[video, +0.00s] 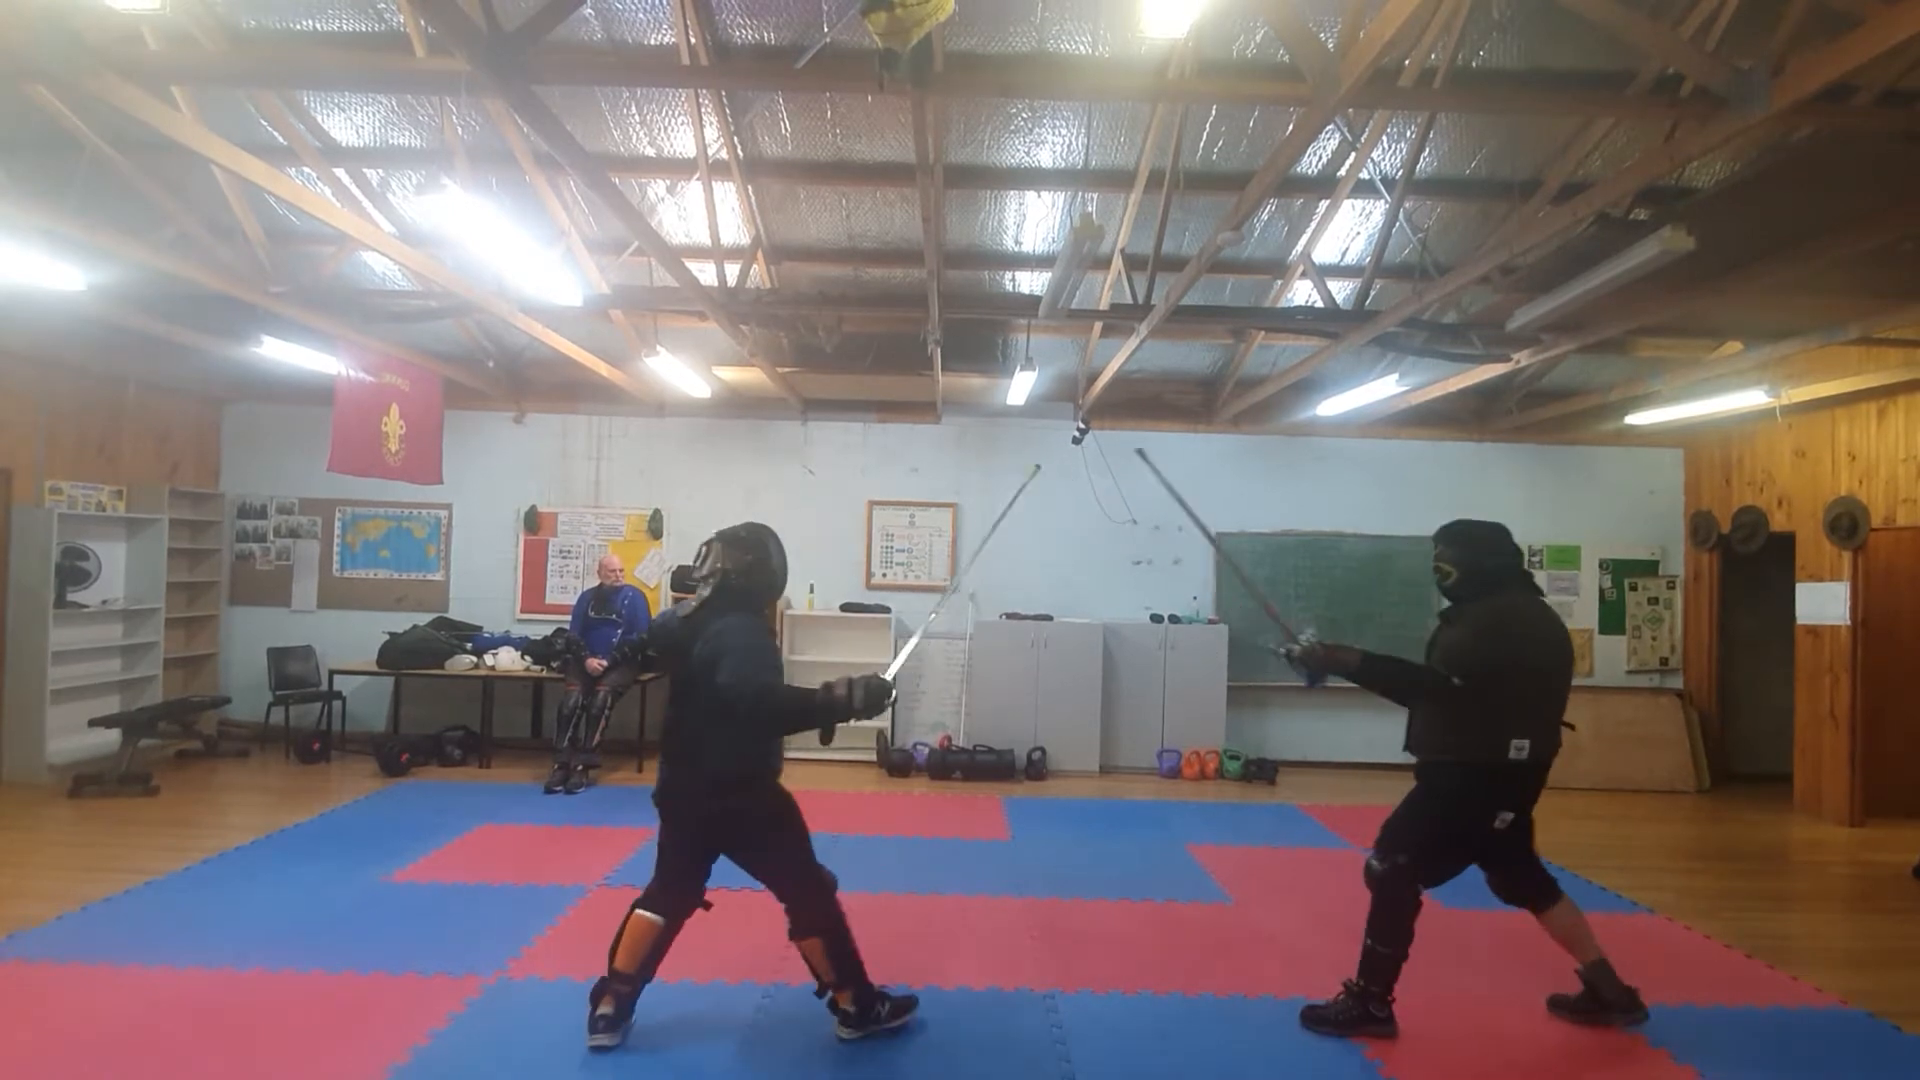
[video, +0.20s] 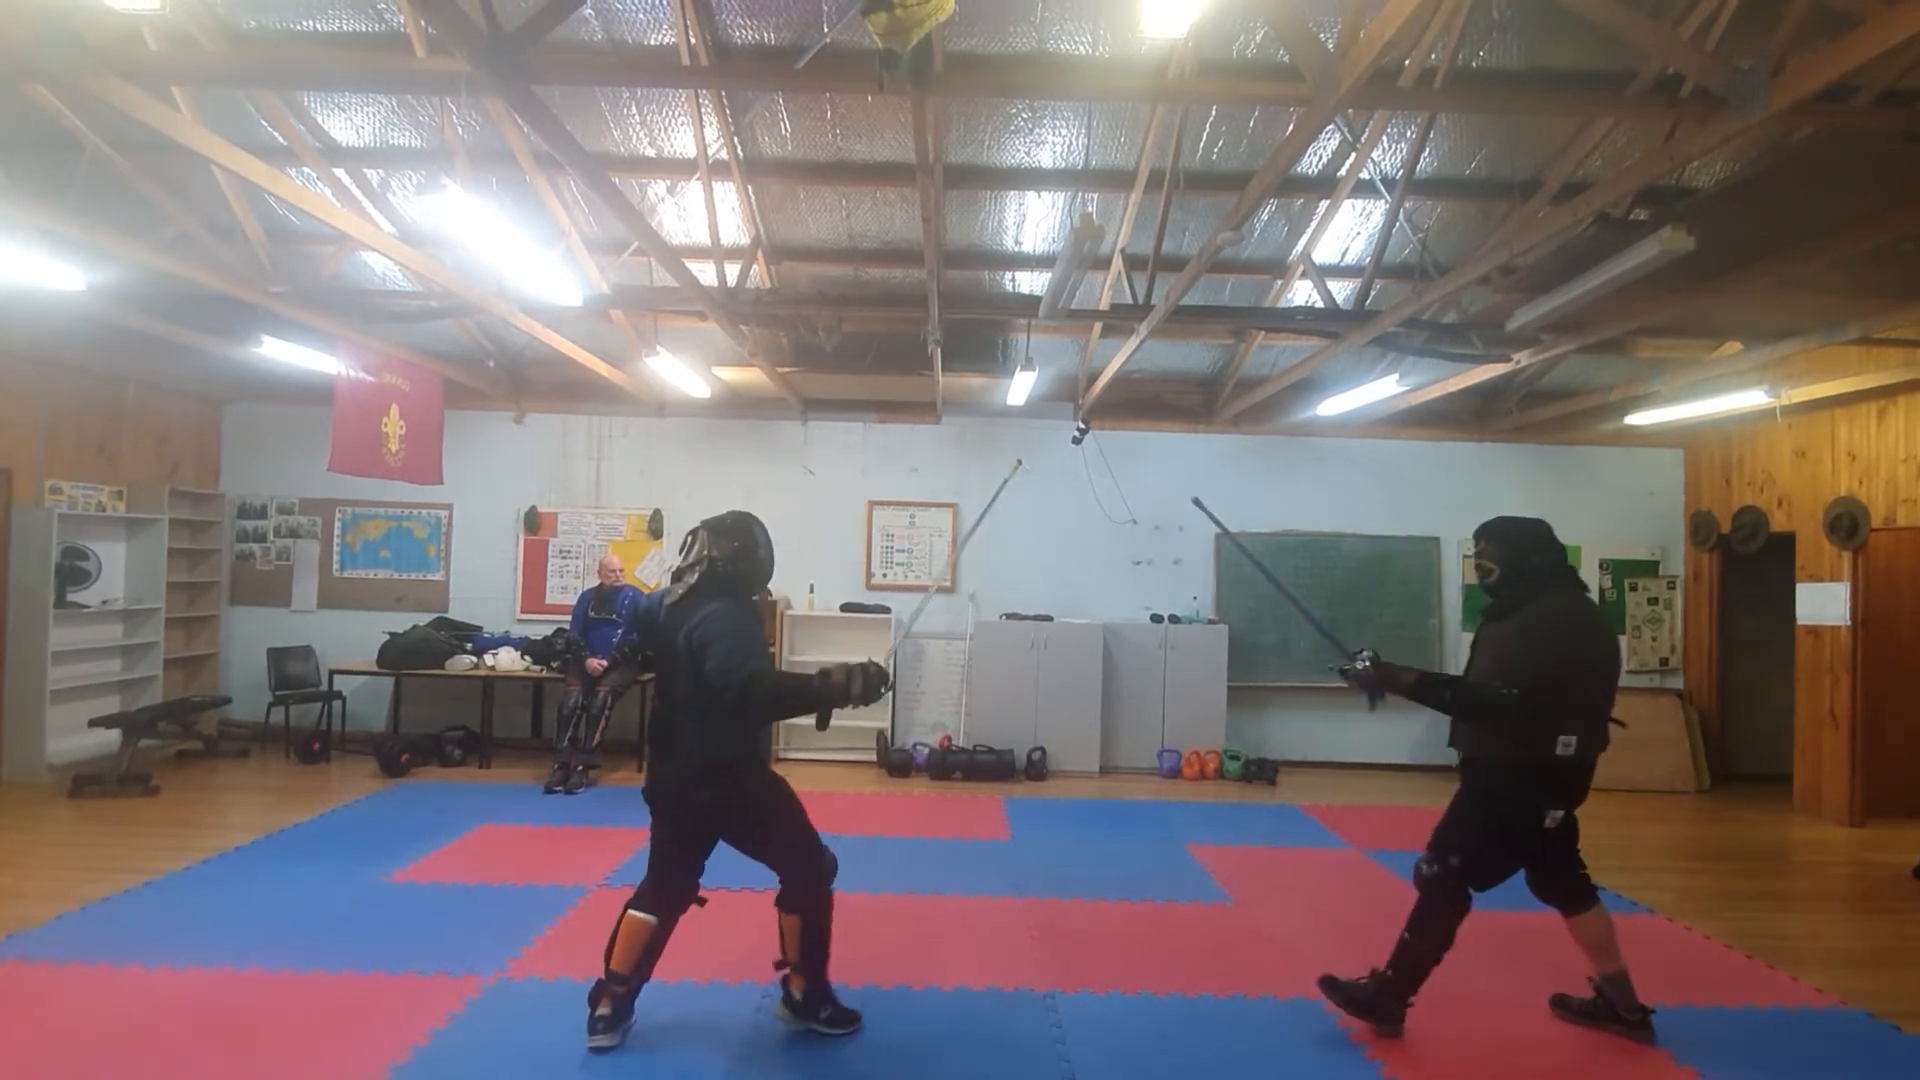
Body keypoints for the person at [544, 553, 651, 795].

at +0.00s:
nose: (618, 576)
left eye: (621, 571)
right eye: (613, 572)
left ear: (624, 572)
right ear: (599, 573)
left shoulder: (634, 597)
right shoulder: (586, 597)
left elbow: (639, 636)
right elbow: (573, 635)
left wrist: (609, 660)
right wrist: (585, 658)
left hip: (619, 662)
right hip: (585, 660)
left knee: (601, 697)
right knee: (572, 697)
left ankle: (582, 768)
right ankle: (561, 765)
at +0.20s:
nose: (618, 576)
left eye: (621, 572)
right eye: (613, 572)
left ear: (624, 572)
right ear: (600, 573)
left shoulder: (634, 596)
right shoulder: (587, 597)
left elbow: (635, 636)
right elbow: (574, 634)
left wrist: (608, 660)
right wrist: (585, 658)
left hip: (619, 661)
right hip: (585, 658)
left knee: (602, 696)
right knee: (572, 697)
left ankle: (582, 768)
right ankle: (560, 765)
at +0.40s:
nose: (618, 576)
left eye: (621, 571)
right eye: (612, 572)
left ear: (624, 572)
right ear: (599, 573)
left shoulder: (634, 597)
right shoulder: (586, 597)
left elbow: (637, 636)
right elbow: (573, 635)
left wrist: (609, 661)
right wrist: (586, 659)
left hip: (619, 662)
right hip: (585, 660)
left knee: (601, 698)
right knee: (572, 698)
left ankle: (581, 768)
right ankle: (560, 766)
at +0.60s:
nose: (618, 576)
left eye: (621, 572)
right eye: (612, 572)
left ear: (624, 572)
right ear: (599, 573)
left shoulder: (634, 597)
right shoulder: (586, 597)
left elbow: (639, 638)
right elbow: (573, 636)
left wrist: (608, 661)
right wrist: (585, 659)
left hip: (619, 662)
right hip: (585, 660)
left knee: (601, 695)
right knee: (572, 696)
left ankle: (581, 768)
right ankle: (560, 765)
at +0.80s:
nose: (618, 577)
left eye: (621, 572)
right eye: (612, 572)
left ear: (624, 573)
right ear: (599, 574)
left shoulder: (634, 597)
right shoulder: (586, 597)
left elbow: (639, 638)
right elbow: (573, 636)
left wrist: (608, 661)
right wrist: (585, 659)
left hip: (619, 663)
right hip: (585, 660)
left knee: (601, 696)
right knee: (572, 696)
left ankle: (581, 768)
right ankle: (560, 766)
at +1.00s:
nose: (618, 577)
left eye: (621, 572)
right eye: (612, 572)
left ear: (624, 573)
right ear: (599, 574)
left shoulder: (634, 598)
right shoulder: (587, 597)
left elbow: (640, 639)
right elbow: (573, 636)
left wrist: (608, 661)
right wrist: (585, 659)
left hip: (619, 663)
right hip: (585, 660)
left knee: (601, 696)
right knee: (572, 697)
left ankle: (581, 768)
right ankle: (560, 766)